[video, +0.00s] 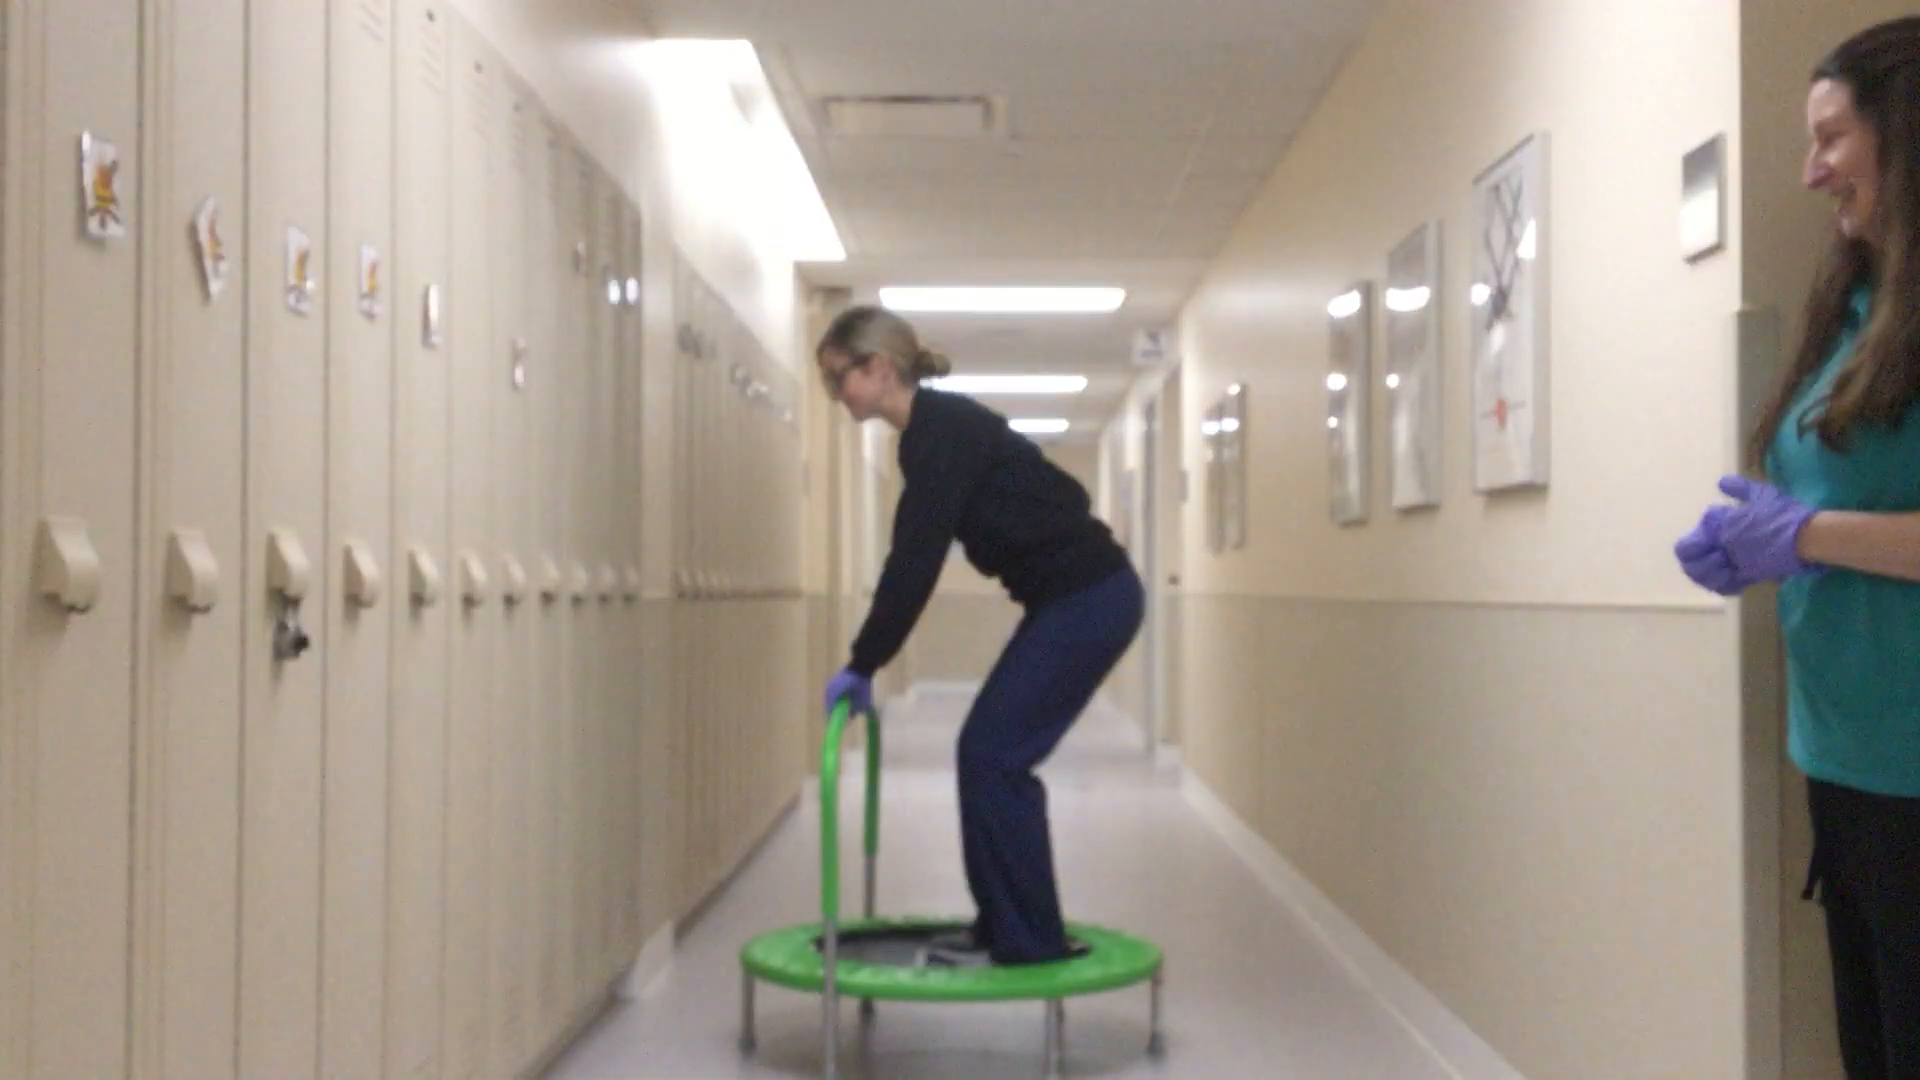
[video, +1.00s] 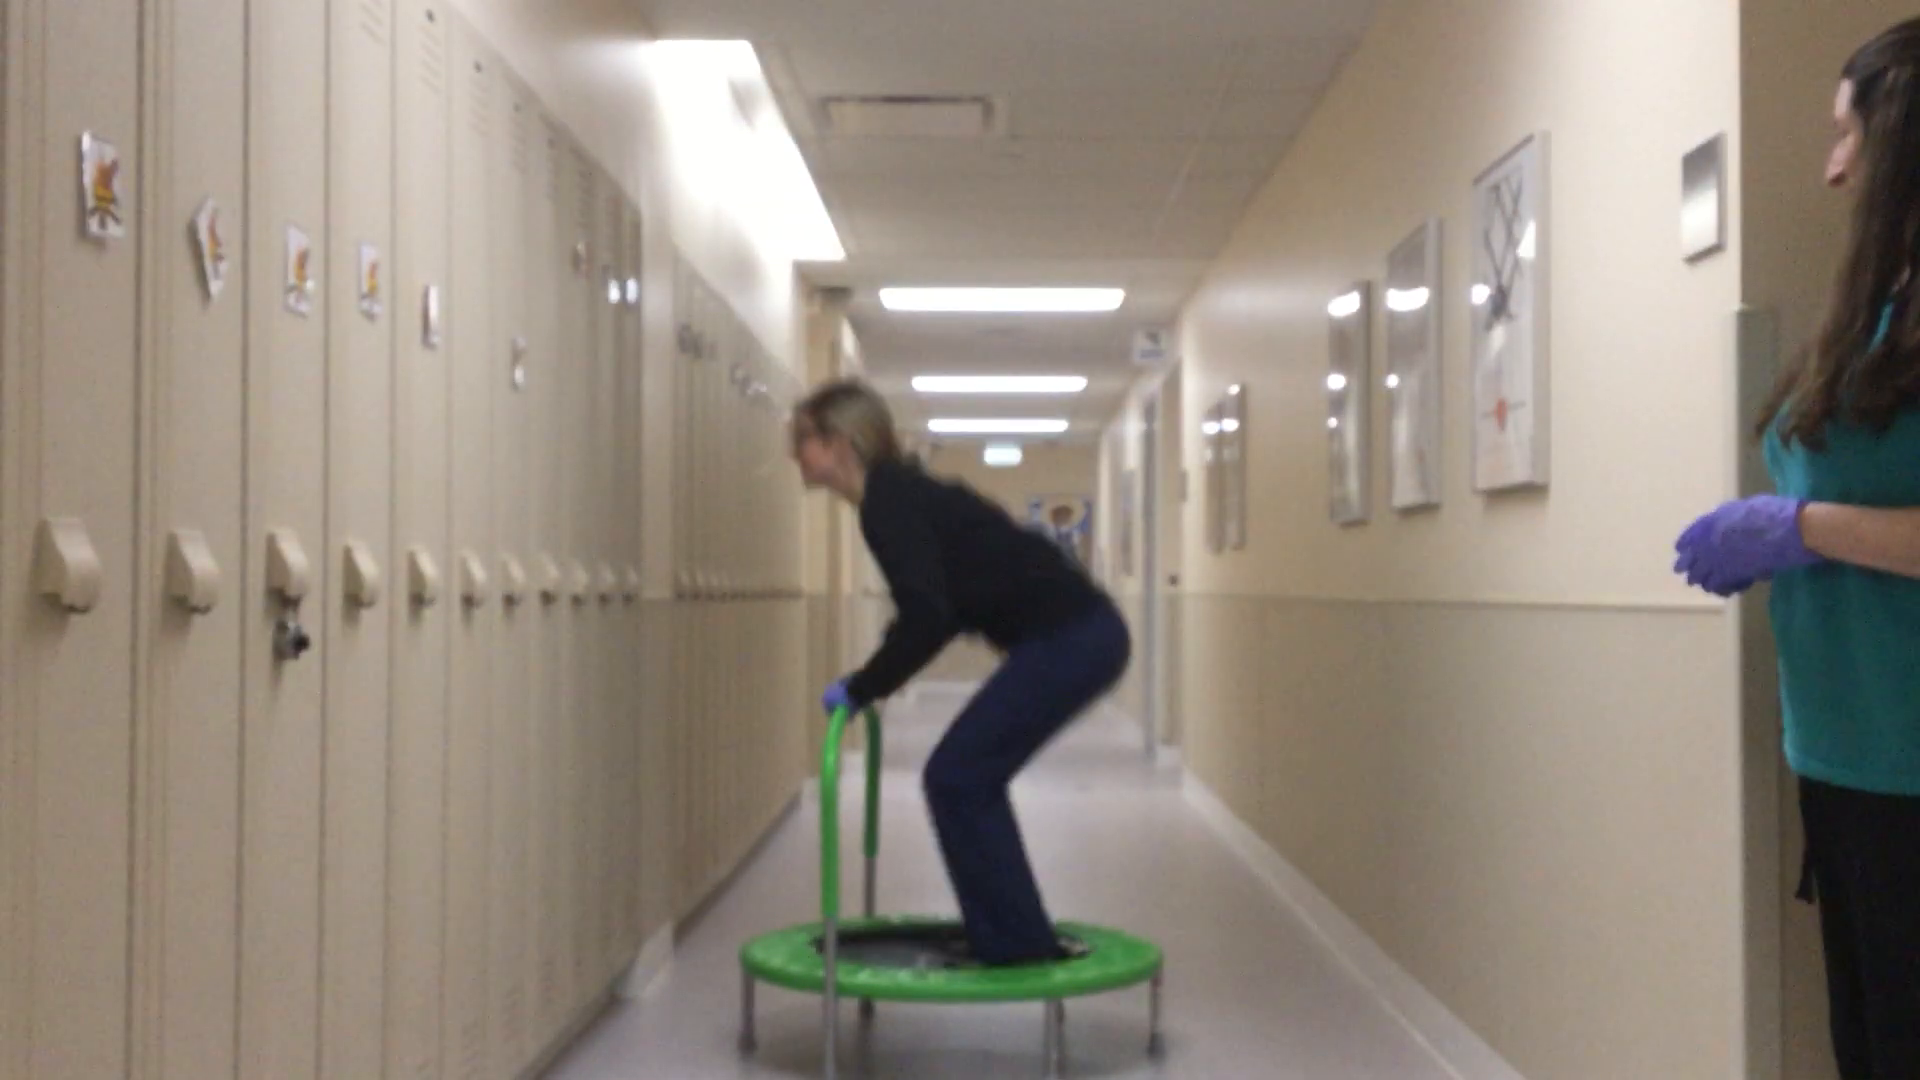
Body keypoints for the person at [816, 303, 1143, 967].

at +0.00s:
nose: (837, 394)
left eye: (841, 376)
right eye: (833, 380)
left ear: (882, 367)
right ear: (884, 371)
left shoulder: (942, 429)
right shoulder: (931, 431)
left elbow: (916, 560)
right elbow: (912, 559)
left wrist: (864, 665)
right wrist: (864, 662)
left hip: (1090, 598)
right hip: (1071, 598)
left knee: (994, 752)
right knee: (986, 749)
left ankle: (1030, 938)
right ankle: (1008, 925)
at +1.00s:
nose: (796, 458)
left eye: (802, 443)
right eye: (796, 444)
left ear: (836, 446)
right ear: (841, 446)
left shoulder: (892, 500)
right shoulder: (895, 496)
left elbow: (932, 616)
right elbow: (934, 614)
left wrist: (864, 686)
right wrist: (865, 682)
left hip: (1073, 640)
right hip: (1076, 636)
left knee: (955, 776)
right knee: (966, 776)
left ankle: (1012, 942)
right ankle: (1016, 937)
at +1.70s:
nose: (742, 407)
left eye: (746, 389)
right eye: (740, 393)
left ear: (784, 384)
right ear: (792, 385)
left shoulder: (844, 434)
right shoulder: (852, 429)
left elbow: (860, 561)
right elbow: (875, 565)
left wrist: (851, 681)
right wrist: (859, 678)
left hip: (1065, 497)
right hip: (1061, 497)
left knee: (1010, 679)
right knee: (1009, 678)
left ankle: (989, 862)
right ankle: (987, 858)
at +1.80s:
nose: (753, 418)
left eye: (758, 401)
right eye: (751, 403)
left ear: (795, 396)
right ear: (801, 397)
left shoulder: (856, 448)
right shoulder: (859, 446)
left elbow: (877, 575)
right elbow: (894, 577)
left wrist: (853, 684)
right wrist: (858, 681)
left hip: (1065, 542)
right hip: (1057, 542)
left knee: (988, 707)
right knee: (982, 705)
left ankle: (1002, 900)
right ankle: (985, 897)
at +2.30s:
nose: (798, 441)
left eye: (804, 424)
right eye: (797, 426)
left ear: (838, 422)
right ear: (843, 423)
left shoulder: (896, 483)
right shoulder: (906, 479)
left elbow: (912, 605)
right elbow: (933, 609)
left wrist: (862, 684)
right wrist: (867, 680)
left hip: (1072, 627)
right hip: (1073, 624)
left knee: (958, 772)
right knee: (958, 771)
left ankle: (1003, 939)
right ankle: (1000, 934)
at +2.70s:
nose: (815, 420)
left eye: (816, 404)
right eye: (812, 407)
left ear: (850, 394)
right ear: (855, 395)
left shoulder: (908, 452)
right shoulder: (906, 449)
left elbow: (918, 582)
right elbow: (920, 583)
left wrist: (869, 677)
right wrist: (870, 674)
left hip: (1090, 583)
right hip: (1083, 582)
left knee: (973, 718)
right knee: (972, 718)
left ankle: (1016, 906)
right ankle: (1007, 904)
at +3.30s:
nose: (824, 386)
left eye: (819, 368)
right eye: (815, 374)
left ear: (851, 346)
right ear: (856, 346)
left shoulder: (916, 398)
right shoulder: (918, 396)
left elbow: (908, 528)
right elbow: (909, 528)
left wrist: (879, 646)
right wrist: (880, 645)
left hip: (1087, 541)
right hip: (1083, 539)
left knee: (1006, 707)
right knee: (1006, 708)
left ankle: (1014, 909)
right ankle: (1005, 905)